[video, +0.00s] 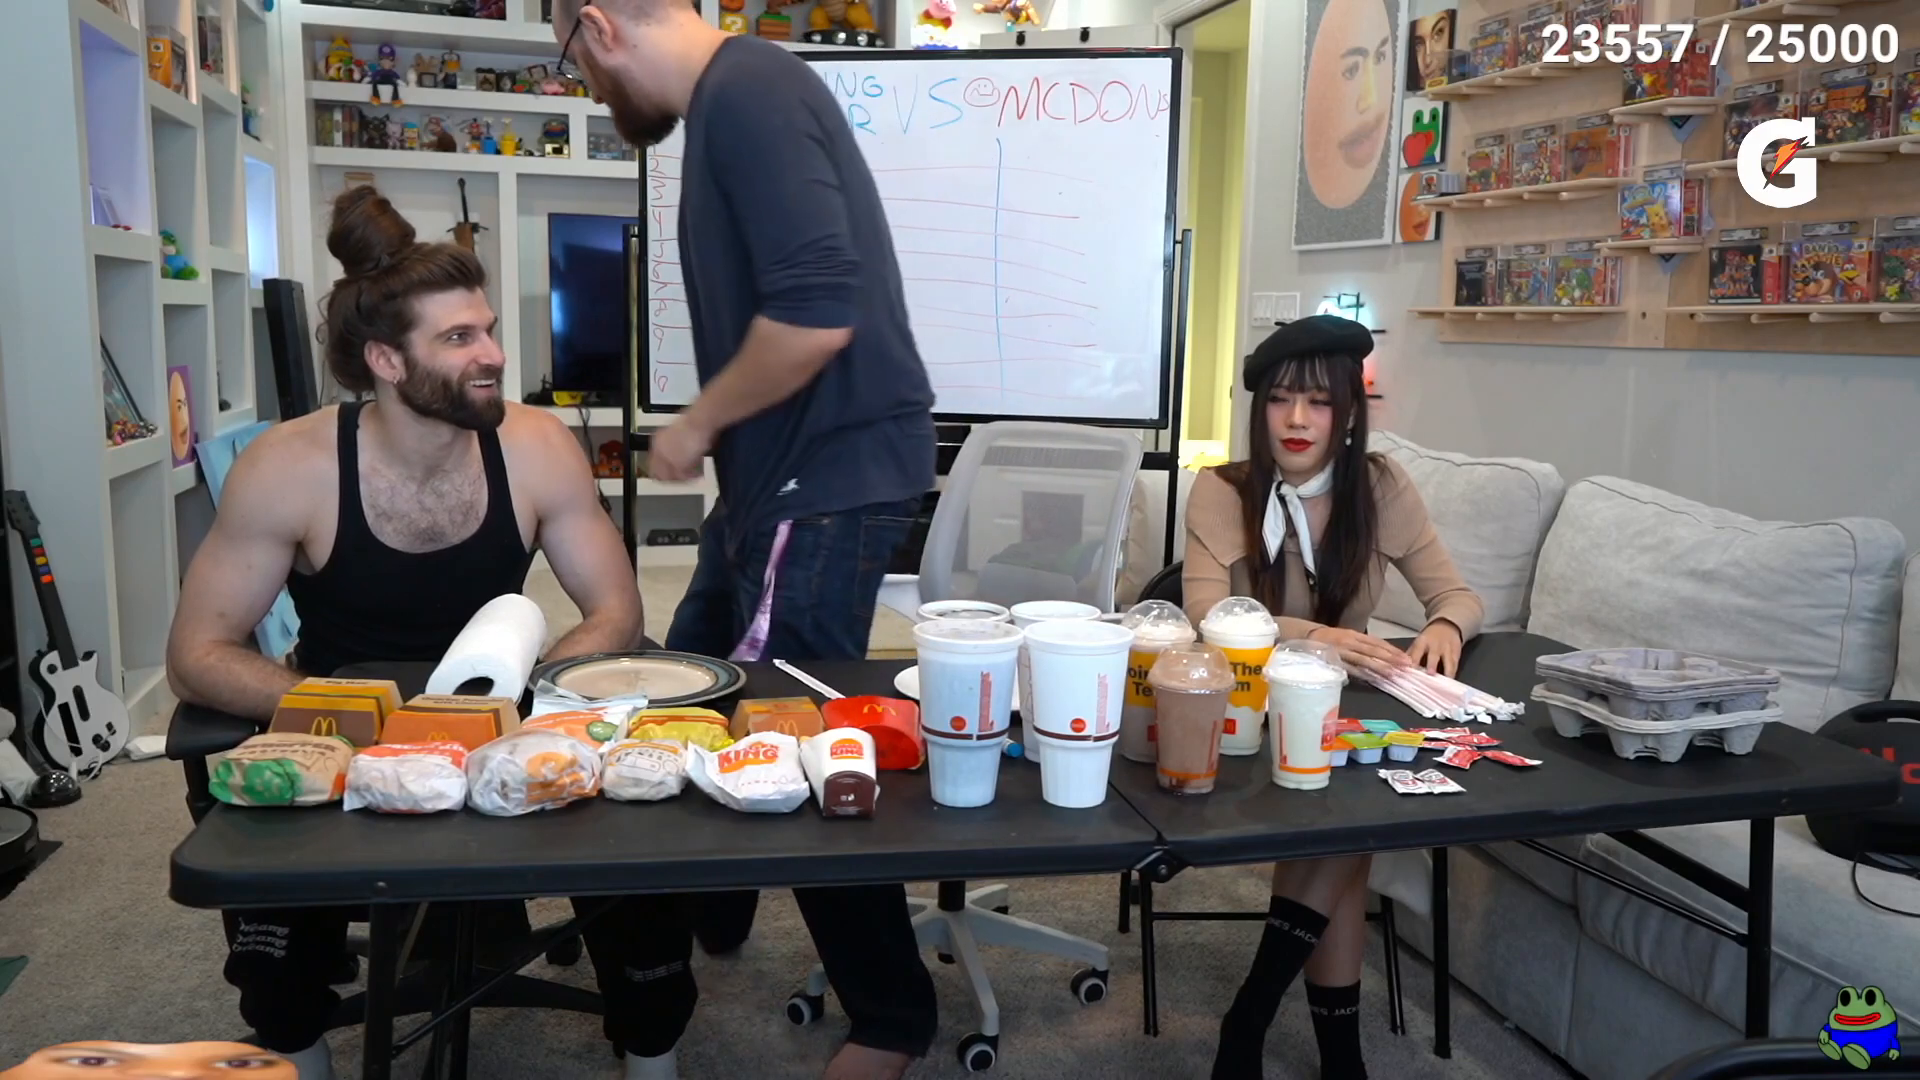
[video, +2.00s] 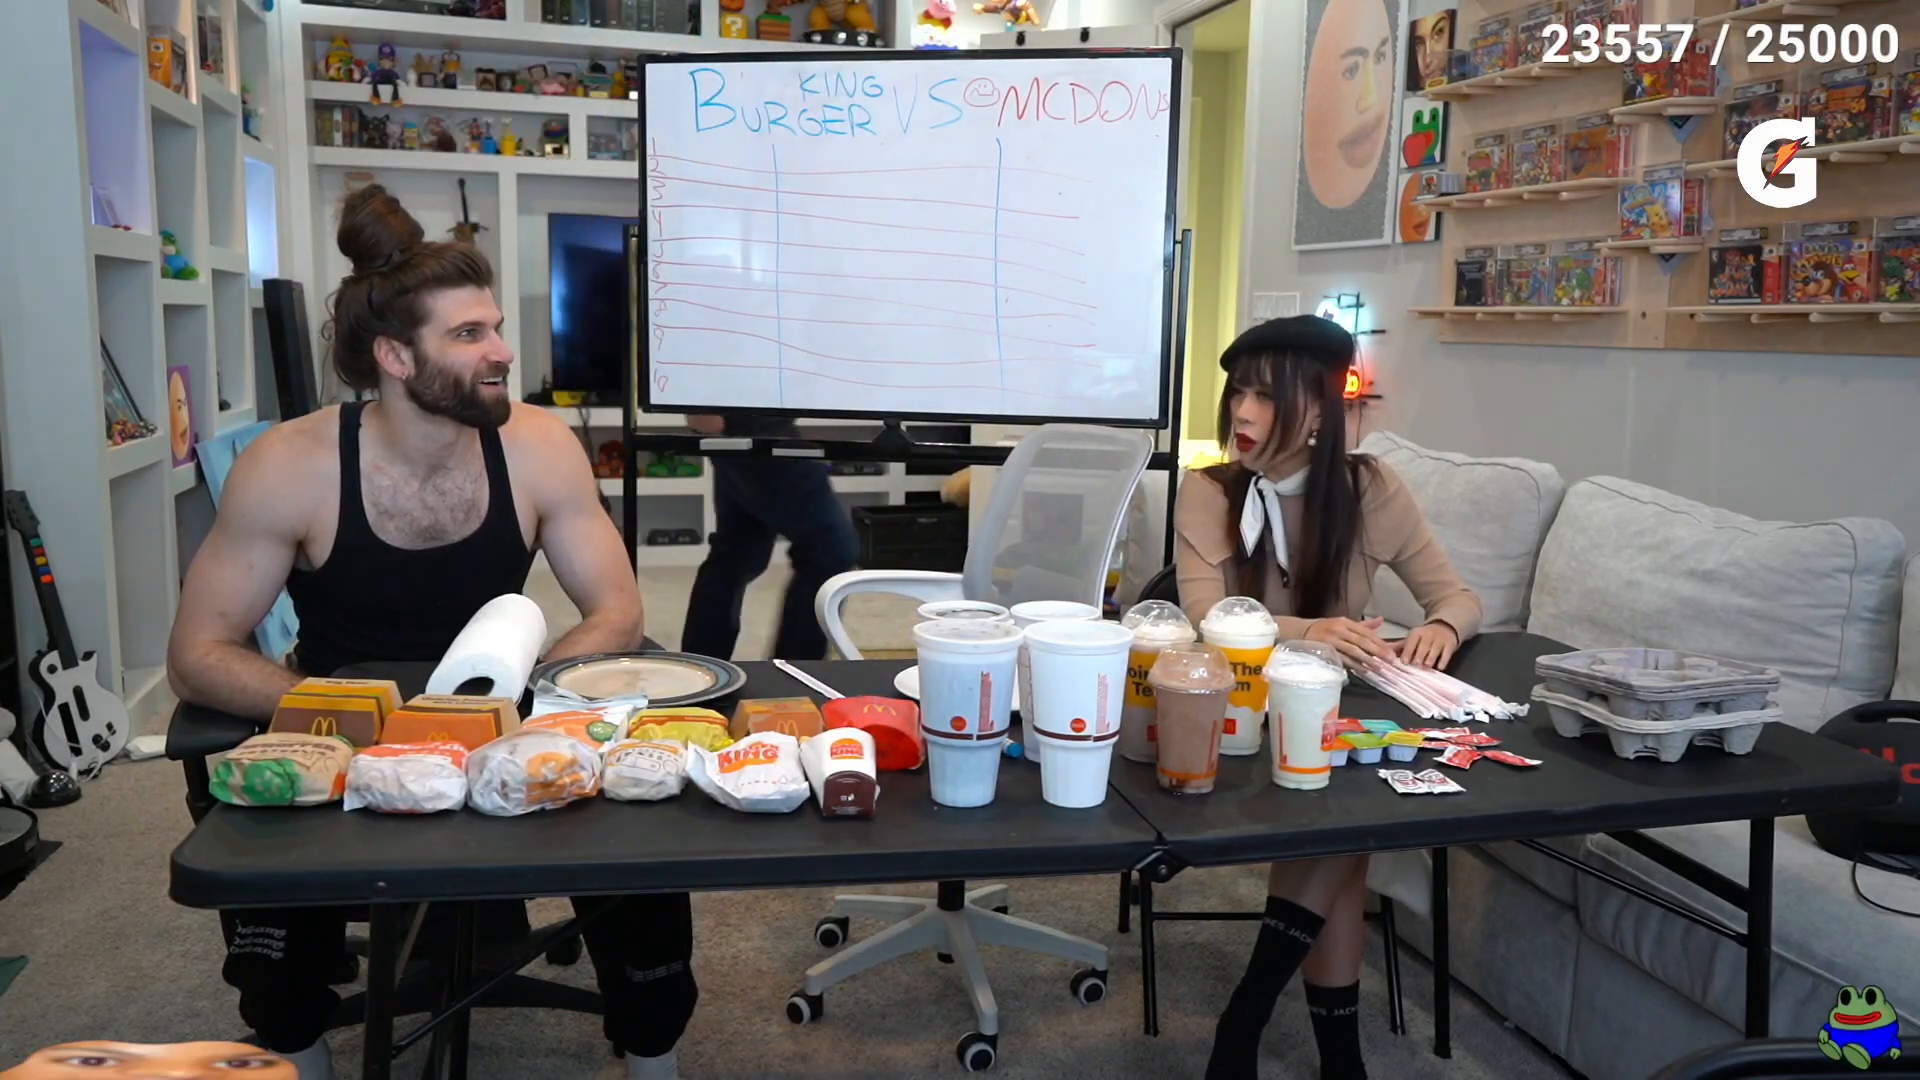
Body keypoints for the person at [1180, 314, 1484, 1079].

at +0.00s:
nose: (1297, 420)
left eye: (1319, 402)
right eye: (1281, 399)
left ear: (1350, 413)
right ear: (1258, 405)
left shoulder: (1379, 485)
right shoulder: (1221, 491)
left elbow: (1456, 595)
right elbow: (1209, 622)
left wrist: (1447, 625)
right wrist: (1313, 635)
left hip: (1336, 704)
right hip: (1239, 710)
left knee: (1346, 814)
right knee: (1351, 830)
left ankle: (1246, 1024)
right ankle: (1343, 1064)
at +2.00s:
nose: (1243, 411)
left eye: (1267, 395)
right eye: (1239, 389)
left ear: (1317, 409)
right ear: (1229, 393)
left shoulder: (1369, 486)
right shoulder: (1210, 490)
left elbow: (1458, 597)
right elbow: (1210, 622)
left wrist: (1444, 624)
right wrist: (1309, 630)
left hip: (1336, 707)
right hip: (1236, 711)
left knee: (1338, 818)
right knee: (1346, 834)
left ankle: (1241, 1026)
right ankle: (1342, 1064)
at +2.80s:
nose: (1302, 415)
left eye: (1325, 397)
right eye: (1288, 394)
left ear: (1360, 412)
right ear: (1268, 402)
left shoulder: (1385, 486)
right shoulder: (1229, 489)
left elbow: (1463, 598)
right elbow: (1214, 619)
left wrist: (1434, 623)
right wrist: (1320, 636)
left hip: (1340, 708)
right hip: (1242, 711)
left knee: (1349, 818)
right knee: (1351, 834)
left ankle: (1251, 1023)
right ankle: (1343, 1064)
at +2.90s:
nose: (1301, 414)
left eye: (1324, 397)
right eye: (1287, 394)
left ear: (1359, 412)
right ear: (1266, 402)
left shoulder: (1383, 485)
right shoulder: (1228, 490)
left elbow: (1463, 598)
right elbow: (1213, 619)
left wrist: (1433, 625)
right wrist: (1318, 635)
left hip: (1340, 708)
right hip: (1242, 712)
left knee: (1350, 817)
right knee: (1351, 833)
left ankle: (1250, 1024)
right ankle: (1343, 1063)